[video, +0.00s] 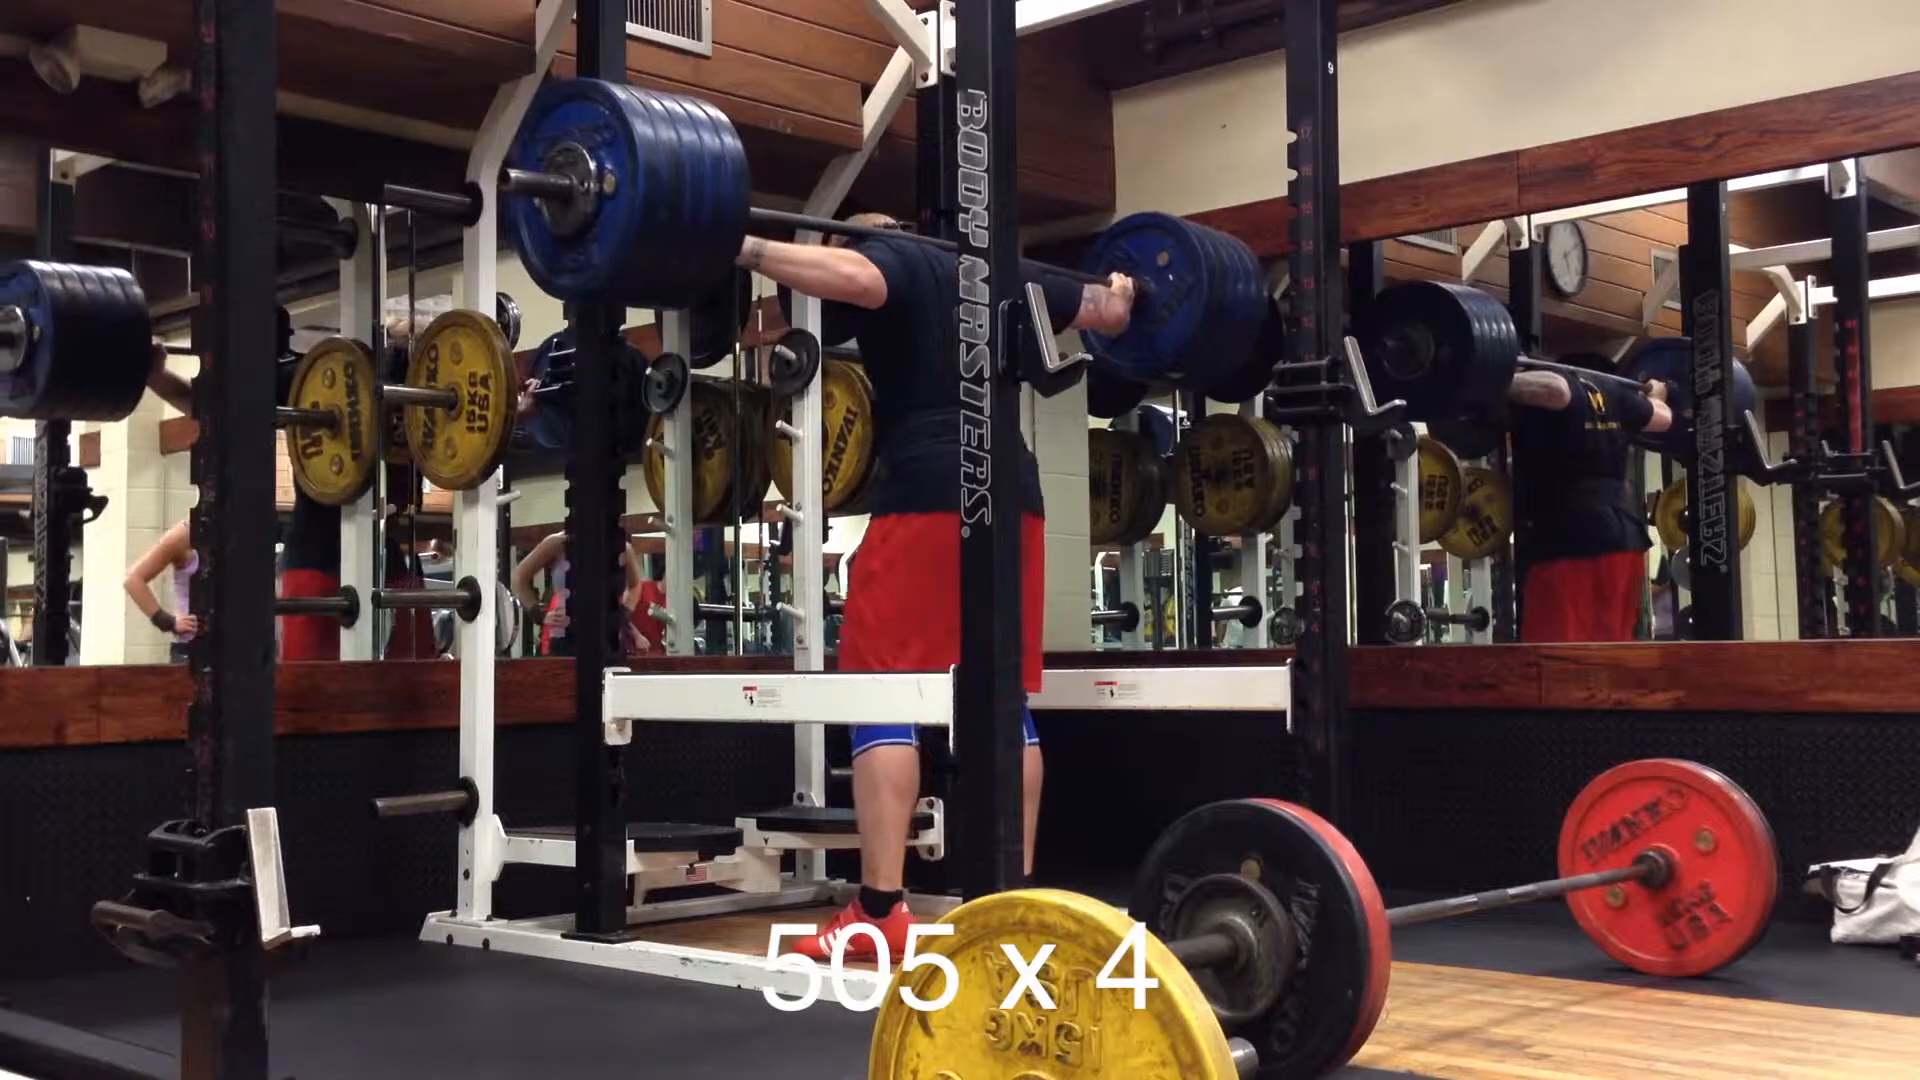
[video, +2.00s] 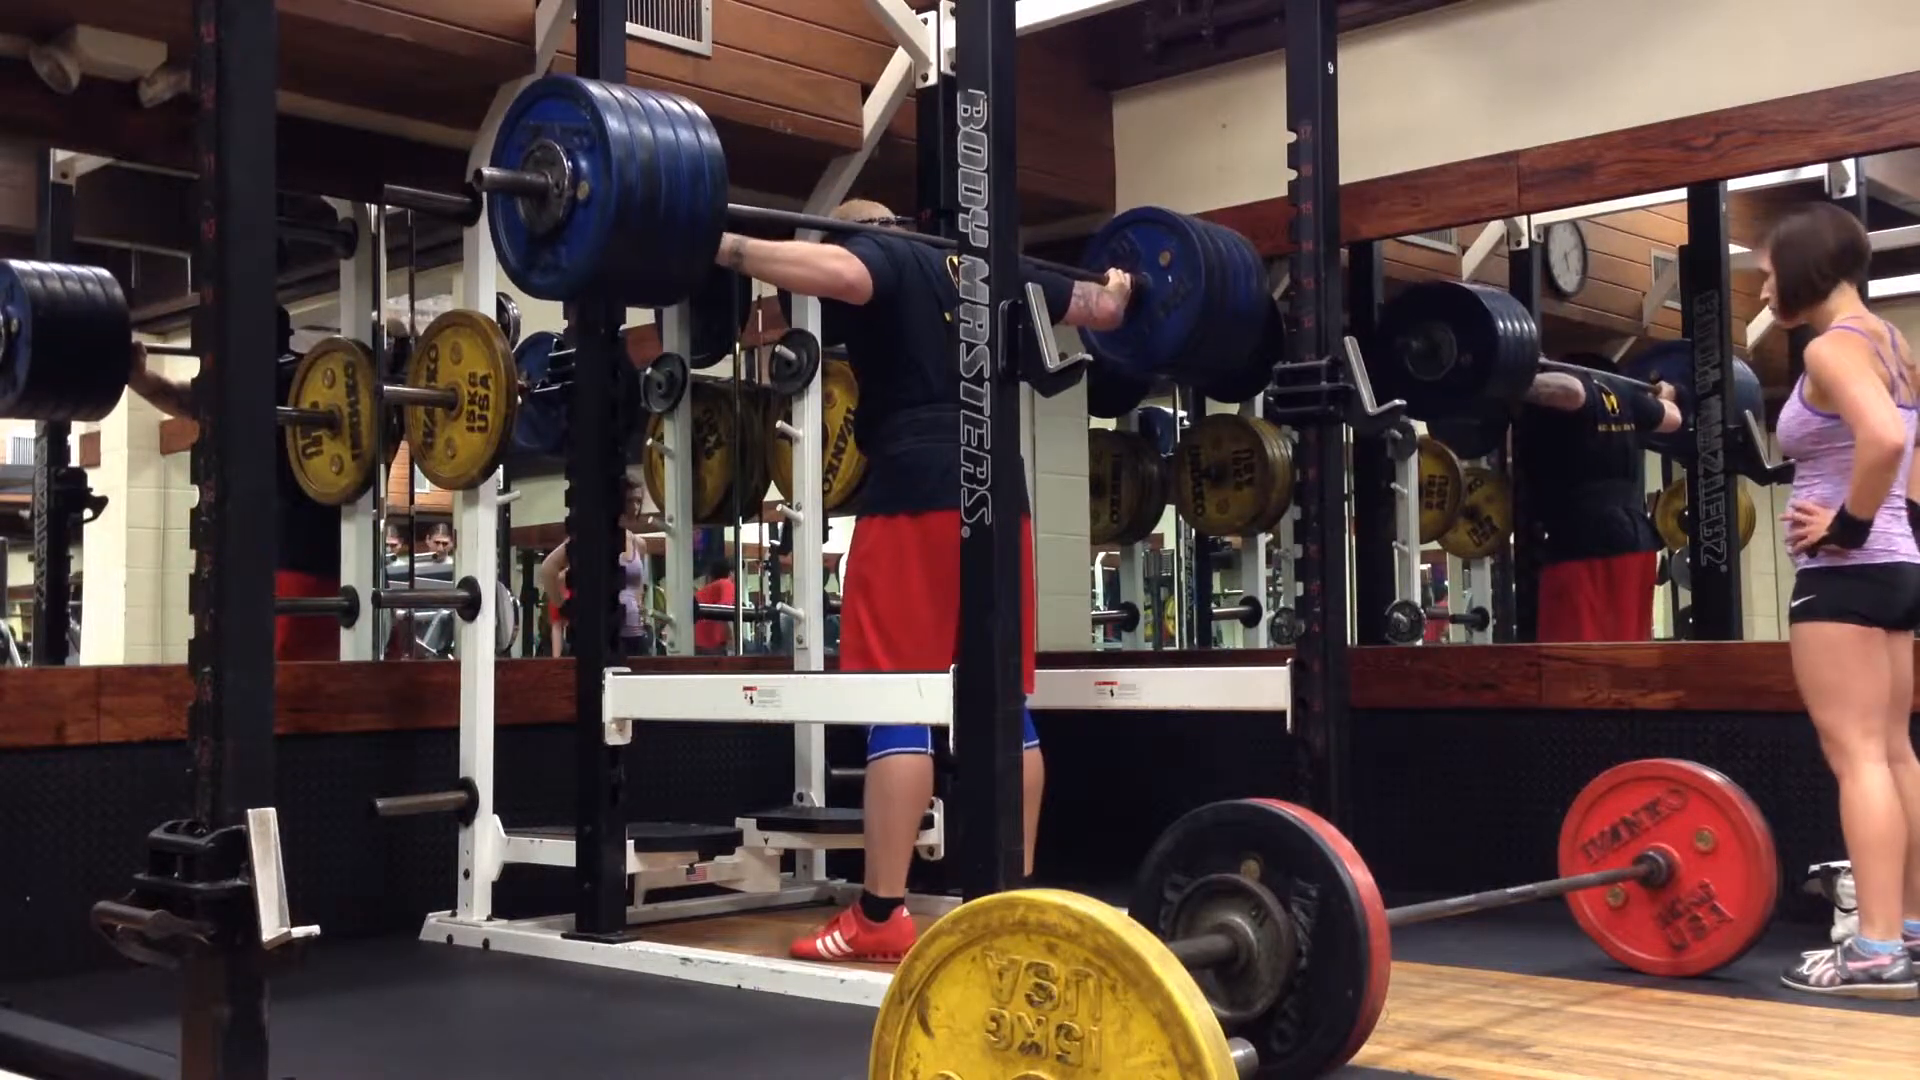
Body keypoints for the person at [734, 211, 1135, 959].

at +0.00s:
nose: (843, 256)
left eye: (844, 247)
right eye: (839, 251)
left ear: (871, 239)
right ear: (928, 227)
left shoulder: (893, 253)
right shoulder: (1001, 272)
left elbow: (858, 278)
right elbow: (1105, 309)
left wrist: (741, 246)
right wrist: (1121, 289)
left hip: (922, 501)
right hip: (1014, 501)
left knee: (882, 702)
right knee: (1009, 711)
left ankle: (881, 909)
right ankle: (1013, 901)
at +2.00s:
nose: (835, 250)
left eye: (833, 241)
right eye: (831, 243)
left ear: (856, 232)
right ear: (904, 222)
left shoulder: (878, 249)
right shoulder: (988, 264)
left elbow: (848, 276)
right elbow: (1097, 306)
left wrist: (730, 245)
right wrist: (1120, 284)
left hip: (915, 500)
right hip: (1002, 500)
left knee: (899, 707)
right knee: (1007, 710)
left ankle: (881, 911)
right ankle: (1013, 903)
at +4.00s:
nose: (829, 260)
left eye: (830, 246)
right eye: (830, 245)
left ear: (850, 234)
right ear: (902, 220)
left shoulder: (870, 253)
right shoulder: (987, 268)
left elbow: (834, 281)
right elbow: (1093, 304)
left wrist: (721, 252)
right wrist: (1117, 281)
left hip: (918, 505)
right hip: (1009, 506)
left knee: (879, 707)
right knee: (1004, 714)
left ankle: (879, 911)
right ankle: (1012, 902)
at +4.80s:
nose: (844, 350)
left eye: (849, 338)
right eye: (843, 341)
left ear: (880, 329)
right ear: (912, 327)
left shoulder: (878, 365)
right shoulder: (987, 379)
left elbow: (828, 391)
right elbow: (1097, 409)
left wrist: (716, 370)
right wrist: (1116, 380)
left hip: (957, 577)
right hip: (1056, 579)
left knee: (816, 713)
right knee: (1003, 733)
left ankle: (873, 911)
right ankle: (1009, 903)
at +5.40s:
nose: (838, 450)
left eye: (841, 438)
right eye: (837, 440)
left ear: (862, 427)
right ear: (904, 426)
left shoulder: (863, 466)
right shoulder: (975, 470)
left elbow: (826, 503)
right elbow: (1085, 502)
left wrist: (707, 483)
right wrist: (1105, 477)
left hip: (952, 660)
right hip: (1057, 659)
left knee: (779, 738)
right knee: (1003, 776)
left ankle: (872, 913)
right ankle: (1010, 910)